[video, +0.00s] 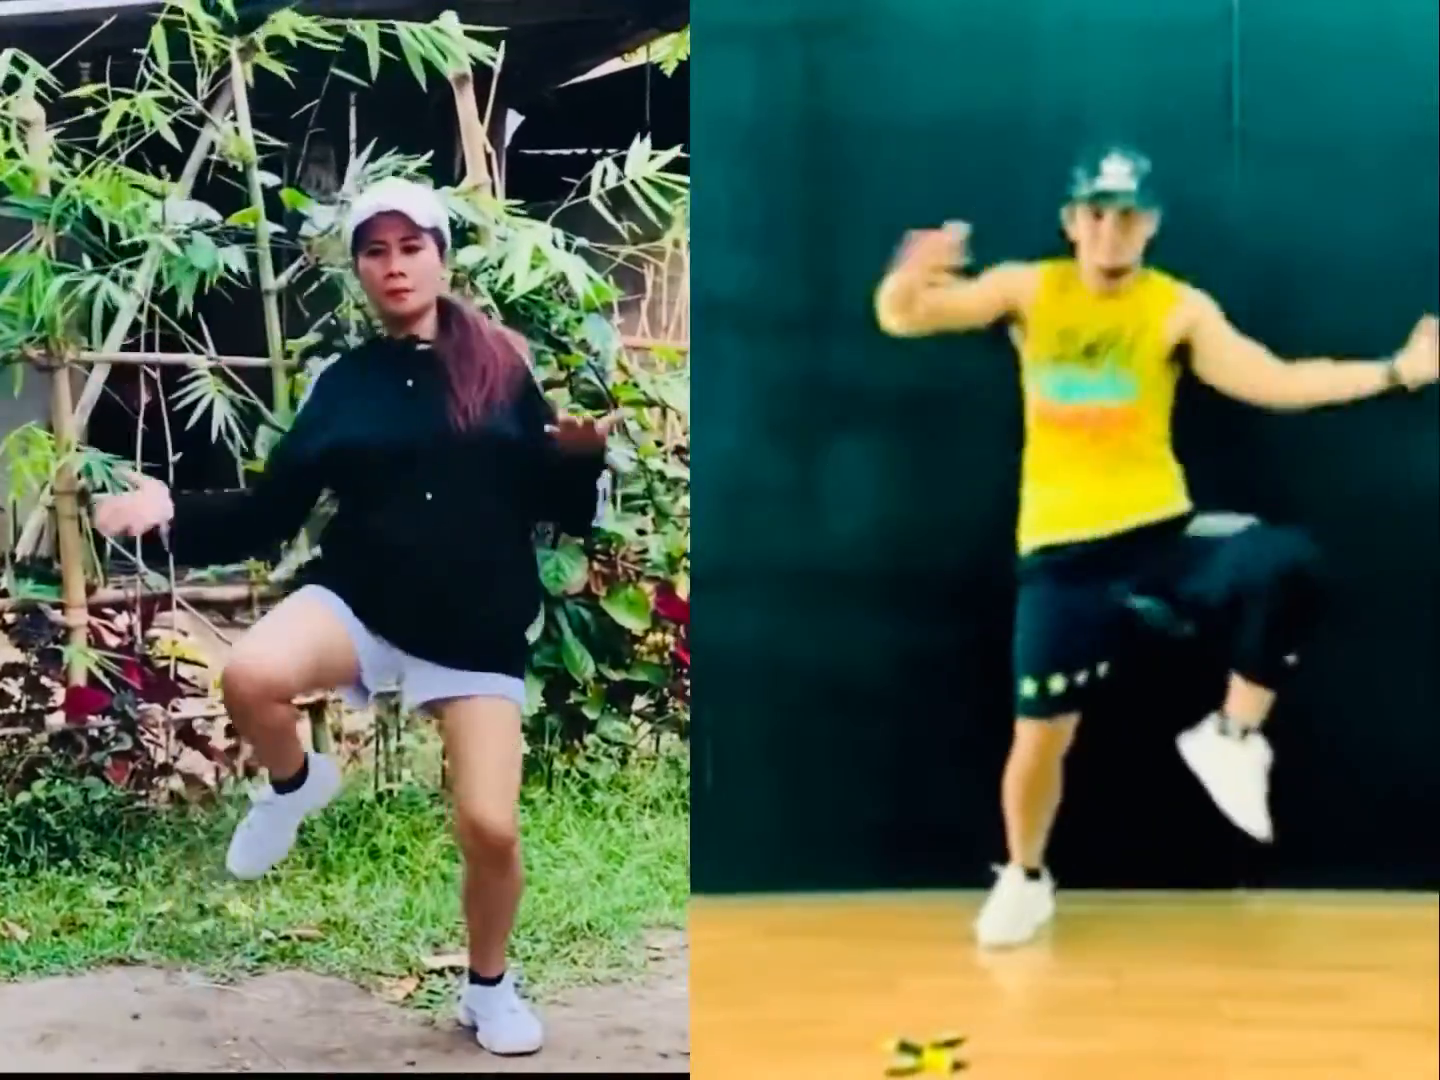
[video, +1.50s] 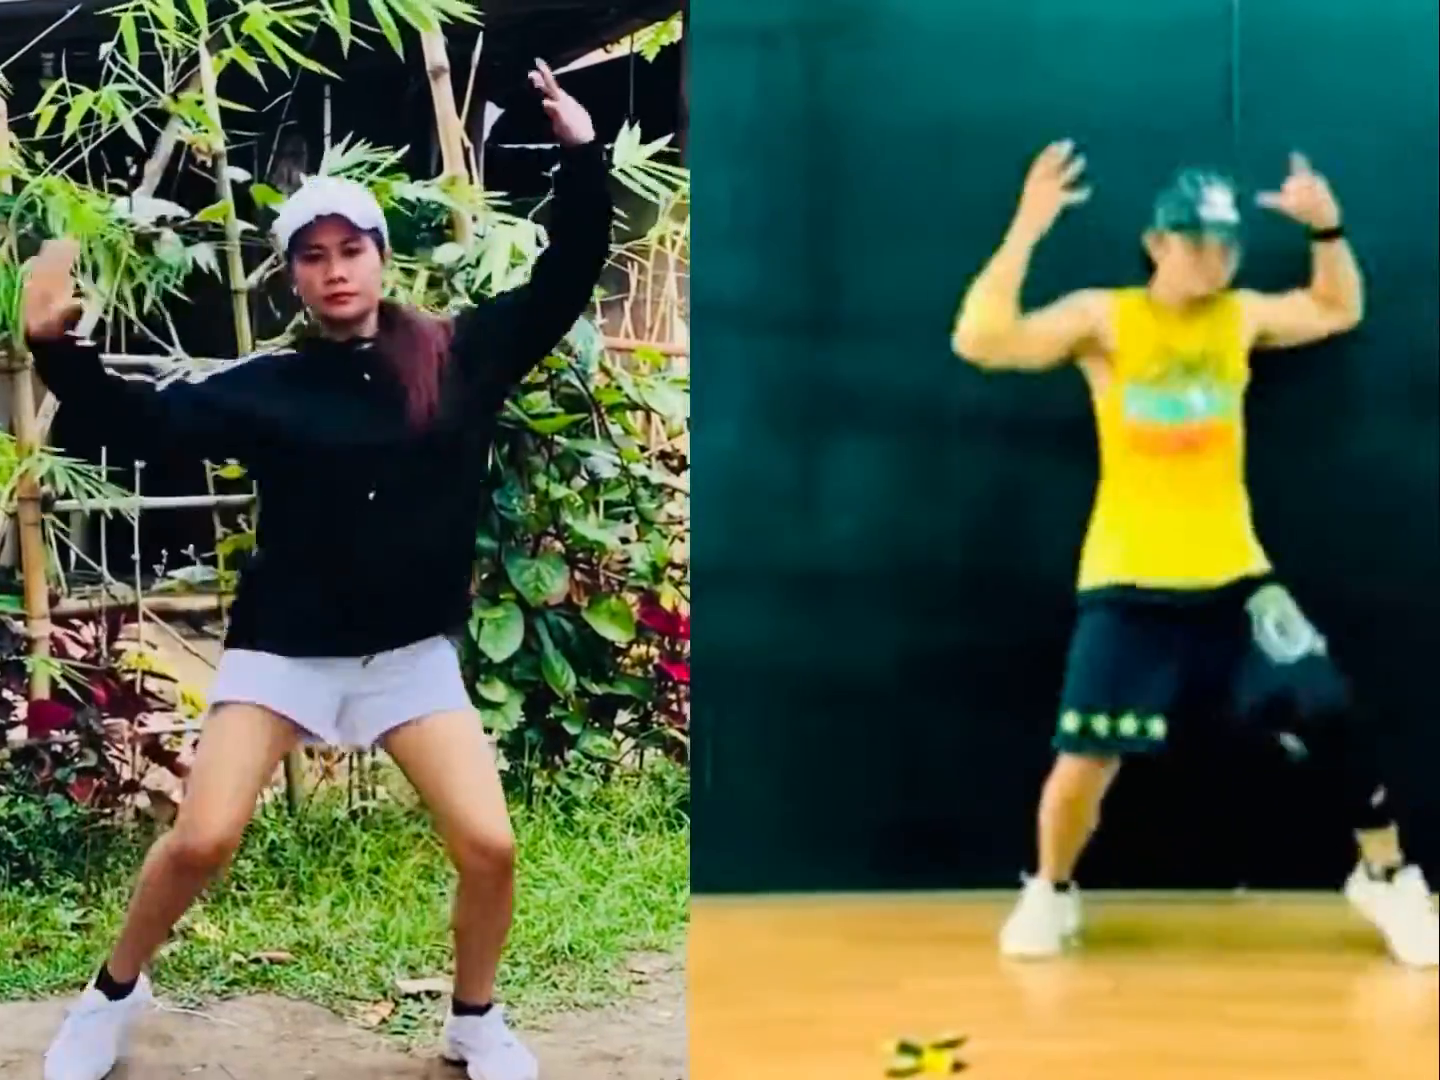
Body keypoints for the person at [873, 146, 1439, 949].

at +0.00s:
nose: (1112, 234)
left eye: (1129, 218)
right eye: (1098, 216)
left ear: (1151, 225)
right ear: (1071, 220)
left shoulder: (1178, 309)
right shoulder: (1027, 288)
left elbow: (1275, 381)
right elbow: (906, 316)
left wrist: (1396, 371)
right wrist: (907, 277)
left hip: (1160, 533)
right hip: (1058, 548)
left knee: (1284, 562)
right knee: (1041, 728)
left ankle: (1233, 735)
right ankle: (1023, 876)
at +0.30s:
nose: (1129, 234)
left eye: (1145, 218)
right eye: (1118, 217)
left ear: (1185, 219)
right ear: (1104, 219)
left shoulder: (1219, 307)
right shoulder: (1072, 284)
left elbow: (1327, 388)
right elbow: (968, 298)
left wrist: (1327, 281)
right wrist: (1018, 202)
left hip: (1216, 545)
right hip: (1104, 556)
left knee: (1340, 667)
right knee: (1043, 744)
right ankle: (1034, 872)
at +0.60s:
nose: (1241, 283)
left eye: (1256, 265)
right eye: (1231, 269)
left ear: (1296, 258)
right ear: (1220, 273)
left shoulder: (1345, 311)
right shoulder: (1198, 333)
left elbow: (1434, 277)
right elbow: (1071, 330)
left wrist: (1405, 189)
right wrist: (1038, 224)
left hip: (1312, 584)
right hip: (1207, 574)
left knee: (1397, 741)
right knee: (1111, 731)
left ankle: (1381, 897)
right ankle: (1001, 845)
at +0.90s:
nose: (1273, 254)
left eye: (1287, 235)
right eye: (1262, 238)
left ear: (1326, 230)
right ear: (1249, 243)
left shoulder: (1372, 295)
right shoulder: (1232, 289)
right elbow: (1140, 208)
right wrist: (1115, 90)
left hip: (1355, 542)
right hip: (1252, 515)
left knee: (1405, 726)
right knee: (1104, 517)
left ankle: (1391, 895)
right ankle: (1140, 692)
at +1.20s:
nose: (1319, 261)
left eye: (1320, 246)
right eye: (1302, 247)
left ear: (1319, 253)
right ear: (1256, 255)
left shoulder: (1340, 336)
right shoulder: (1187, 332)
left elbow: (1438, 330)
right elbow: (1061, 324)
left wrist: (1434, 237)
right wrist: (1145, 237)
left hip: (1345, 593)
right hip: (1229, 600)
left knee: (1430, 724)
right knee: (1136, 748)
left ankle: (1397, 893)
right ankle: (1044, 875)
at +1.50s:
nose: (1209, 264)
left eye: (1222, 249)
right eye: (1195, 246)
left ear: (1236, 255)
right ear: (1157, 244)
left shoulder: (1242, 316)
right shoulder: (1101, 318)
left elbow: (1338, 309)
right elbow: (980, 338)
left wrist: (1326, 227)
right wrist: (1027, 229)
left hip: (1233, 572)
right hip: (1127, 577)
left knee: (1329, 708)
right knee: (1089, 753)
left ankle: (1386, 873)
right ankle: (1049, 892)